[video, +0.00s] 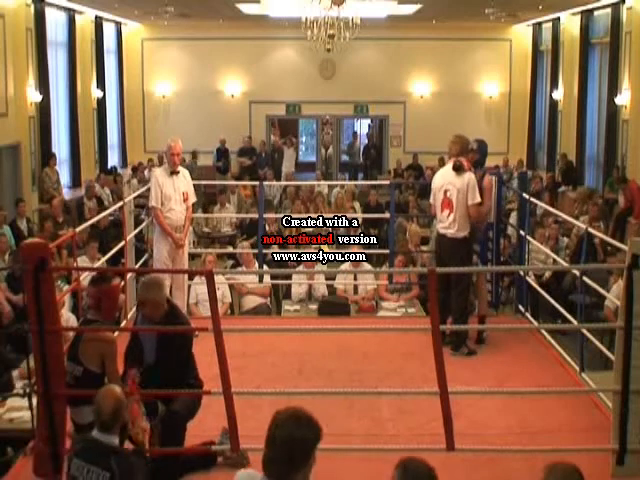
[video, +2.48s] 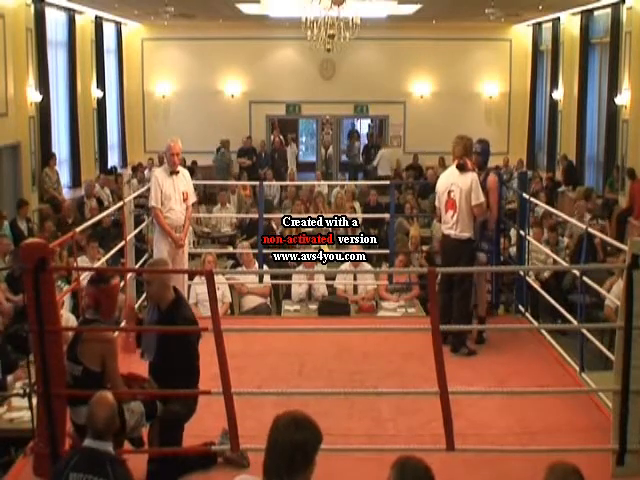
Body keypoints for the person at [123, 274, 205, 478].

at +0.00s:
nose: (142, 310)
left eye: (145, 305)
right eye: (140, 304)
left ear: (161, 302)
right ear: (139, 301)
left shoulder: (180, 326)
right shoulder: (142, 315)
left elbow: (171, 370)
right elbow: (133, 348)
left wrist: (141, 378)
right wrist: (131, 370)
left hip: (183, 386)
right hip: (151, 383)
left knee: (173, 416)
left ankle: (166, 468)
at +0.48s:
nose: (146, 289)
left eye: (151, 283)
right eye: (145, 283)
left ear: (167, 284)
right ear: (143, 283)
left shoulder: (179, 320)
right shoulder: (149, 310)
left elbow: (166, 378)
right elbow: (135, 353)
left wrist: (131, 380)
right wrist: (126, 324)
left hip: (182, 392)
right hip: (157, 387)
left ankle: (217, 452)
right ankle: (214, 447)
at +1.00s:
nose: (150, 284)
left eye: (155, 278)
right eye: (149, 277)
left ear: (170, 279)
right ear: (148, 278)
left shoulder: (181, 319)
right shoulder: (160, 307)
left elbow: (167, 374)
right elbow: (149, 358)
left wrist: (139, 334)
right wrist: (134, 335)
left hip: (176, 397)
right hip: (161, 390)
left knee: (160, 470)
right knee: (159, 467)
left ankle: (217, 451)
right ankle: (215, 449)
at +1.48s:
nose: (149, 287)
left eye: (153, 281)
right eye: (147, 281)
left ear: (168, 280)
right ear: (146, 281)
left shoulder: (180, 318)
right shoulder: (160, 307)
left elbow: (168, 373)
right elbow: (148, 348)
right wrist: (134, 331)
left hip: (178, 396)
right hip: (162, 389)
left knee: (161, 470)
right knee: (159, 467)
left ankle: (217, 452)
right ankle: (215, 449)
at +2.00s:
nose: (146, 288)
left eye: (150, 282)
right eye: (145, 281)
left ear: (166, 282)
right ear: (150, 281)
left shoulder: (181, 319)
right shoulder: (157, 308)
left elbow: (183, 370)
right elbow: (156, 358)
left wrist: (174, 407)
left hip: (175, 399)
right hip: (160, 394)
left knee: (162, 470)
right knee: (157, 467)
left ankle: (217, 451)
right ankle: (215, 449)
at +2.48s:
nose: (145, 289)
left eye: (149, 283)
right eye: (144, 283)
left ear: (166, 282)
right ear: (159, 282)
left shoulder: (181, 319)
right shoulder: (154, 307)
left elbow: (186, 370)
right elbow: (144, 346)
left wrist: (175, 405)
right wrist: (135, 322)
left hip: (177, 399)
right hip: (160, 393)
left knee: (161, 469)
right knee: (159, 467)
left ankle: (217, 451)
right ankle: (215, 450)